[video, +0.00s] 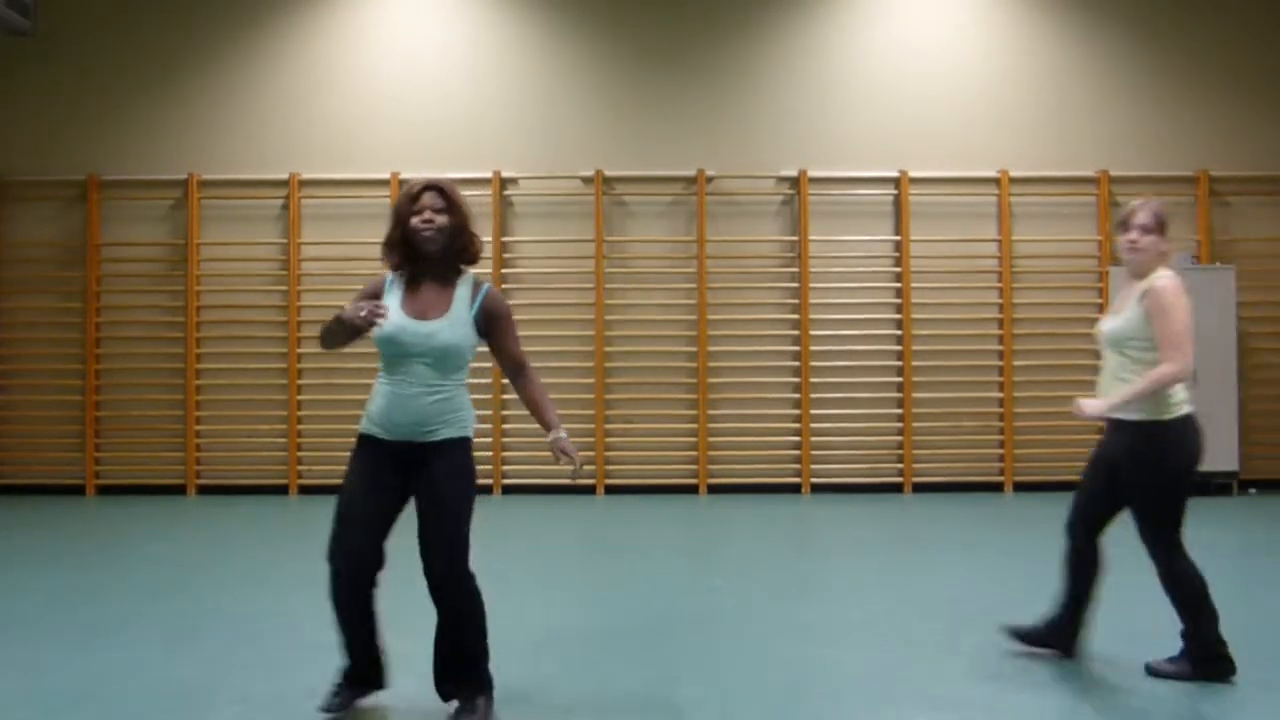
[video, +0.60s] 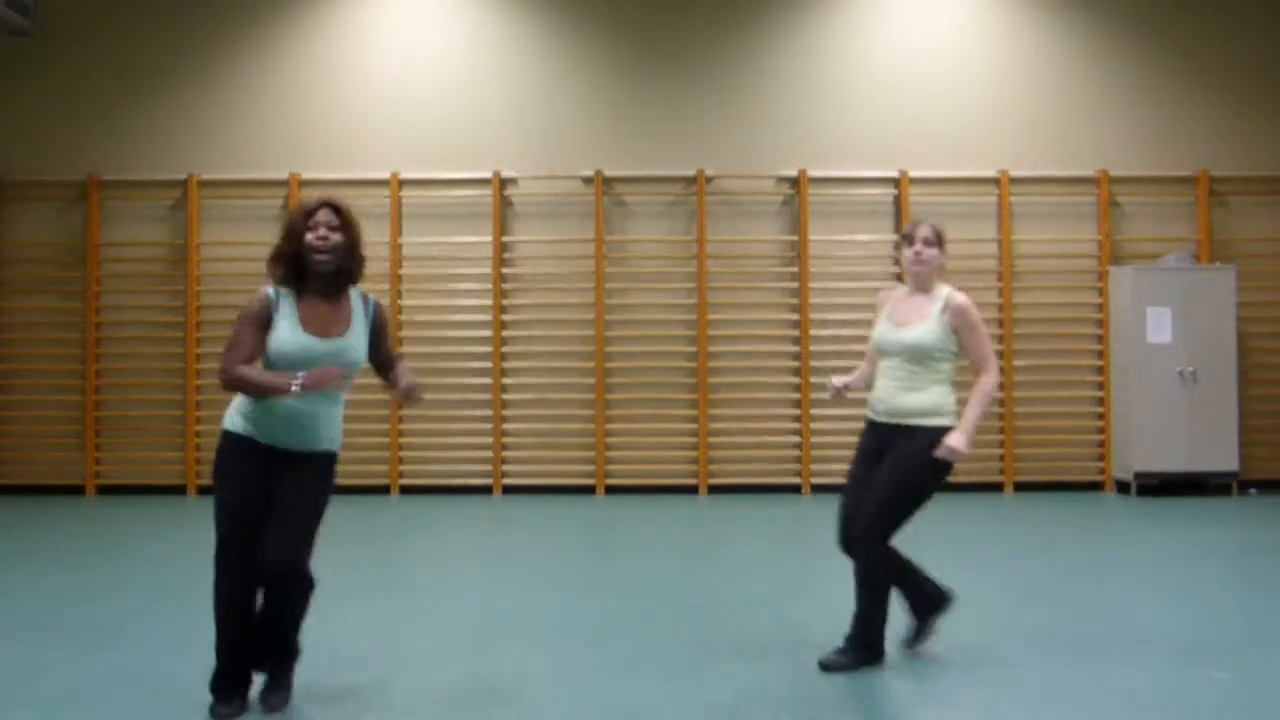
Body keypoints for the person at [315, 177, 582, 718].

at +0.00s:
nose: (428, 219)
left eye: (439, 212)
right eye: (418, 213)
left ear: (458, 226)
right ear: (403, 227)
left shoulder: (480, 298)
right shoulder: (385, 287)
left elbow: (519, 371)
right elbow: (329, 341)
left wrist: (555, 428)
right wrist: (349, 322)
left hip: (446, 447)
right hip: (380, 443)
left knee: (447, 570)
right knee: (348, 556)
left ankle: (473, 692)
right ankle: (362, 674)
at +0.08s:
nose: (410, 218)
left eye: (422, 211)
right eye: (401, 211)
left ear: (440, 226)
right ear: (387, 225)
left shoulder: (464, 297)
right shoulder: (367, 287)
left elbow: (507, 366)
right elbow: (301, 316)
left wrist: (542, 417)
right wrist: (315, 316)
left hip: (429, 446)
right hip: (363, 443)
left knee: (441, 570)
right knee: (320, 563)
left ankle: (472, 694)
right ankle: (300, 676)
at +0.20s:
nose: (380, 227)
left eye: (390, 220)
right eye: (370, 220)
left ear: (408, 233)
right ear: (353, 233)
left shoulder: (430, 303)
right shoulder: (333, 285)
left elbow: (472, 361)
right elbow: (267, 289)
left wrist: (504, 404)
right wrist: (281, 311)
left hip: (393, 452)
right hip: (324, 449)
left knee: (421, 573)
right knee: (286, 566)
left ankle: (467, 695)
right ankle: (231, 679)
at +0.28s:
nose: (358, 233)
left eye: (369, 226)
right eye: (348, 225)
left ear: (386, 239)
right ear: (332, 237)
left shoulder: (405, 310)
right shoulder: (311, 286)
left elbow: (443, 364)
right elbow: (244, 291)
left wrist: (458, 389)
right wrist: (257, 319)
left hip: (363, 455)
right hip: (294, 449)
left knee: (393, 571)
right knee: (262, 566)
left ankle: (455, 695)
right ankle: (230, 688)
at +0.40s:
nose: (334, 240)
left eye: (345, 233)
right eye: (324, 233)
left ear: (362, 245)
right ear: (308, 244)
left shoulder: (381, 314)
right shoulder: (280, 299)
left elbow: (392, 376)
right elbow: (227, 337)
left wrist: (374, 409)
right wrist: (239, 387)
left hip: (333, 462)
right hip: (268, 456)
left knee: (317, 572)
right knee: (251, 577)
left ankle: (367, 654)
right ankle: (232, 690)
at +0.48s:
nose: (324, 248)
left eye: (335, 240)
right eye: (315, 239)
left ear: (352, 252)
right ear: (299, 249)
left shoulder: (372, 323)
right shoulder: (270, 312)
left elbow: (371, 390)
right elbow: (226, 372)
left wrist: (357, 439)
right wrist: (241, 434)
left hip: (321, 470)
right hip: (258, 461)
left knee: (279, 570)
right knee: (238, 573)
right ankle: (232, 689)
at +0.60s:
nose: (323, 237)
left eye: (334, 229)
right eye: (313, 229)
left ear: (351, 243)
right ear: (297, 241)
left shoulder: (369, 312)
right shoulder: (270, 302)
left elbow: (386, 363)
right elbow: (232, 371)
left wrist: (401, 381)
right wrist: (297, 382)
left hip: (313, 455)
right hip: (249, 445)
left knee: (285, 564)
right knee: (235, 566)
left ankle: (279, 666)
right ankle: (229, 684)